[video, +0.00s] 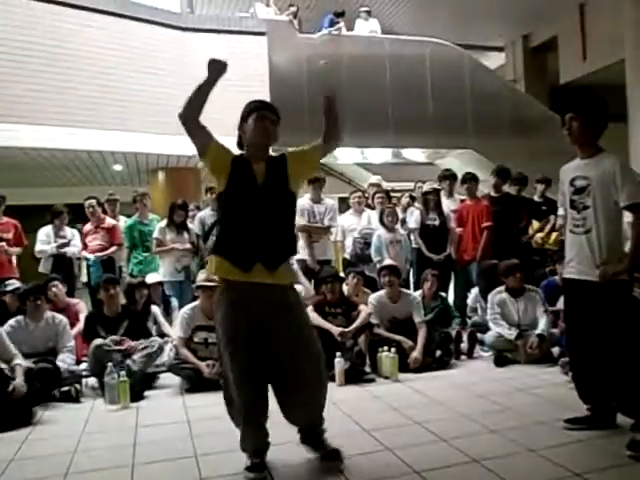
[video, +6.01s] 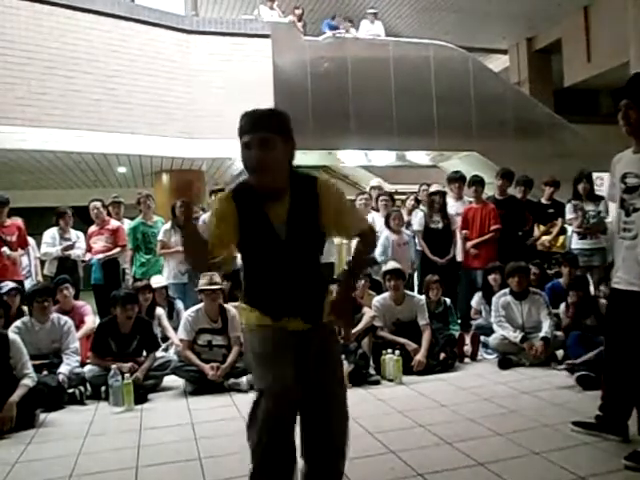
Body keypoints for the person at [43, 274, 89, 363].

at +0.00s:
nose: (53, 290)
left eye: (55, 286)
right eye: (49, 289)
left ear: (64, 287)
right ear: (47, 294)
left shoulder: (77, 304)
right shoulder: (48, 309)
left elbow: (82, 322)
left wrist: (70, 335)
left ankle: (83, 357)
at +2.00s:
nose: (60, 289)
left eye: (62, 285)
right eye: (56, 287)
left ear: (69, 289)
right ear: (51, 293)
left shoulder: (80, 305)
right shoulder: (49, 309)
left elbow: (83, 322)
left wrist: (71, 335)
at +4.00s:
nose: (62, 292)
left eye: (65, 287)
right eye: (58, 290)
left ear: (70, 290)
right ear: (53, 295)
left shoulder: (81, 306)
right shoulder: (51, 311)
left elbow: (88, 324)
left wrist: (72, 337)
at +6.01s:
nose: (65, 293)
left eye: (67, 288)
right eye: (60, 291)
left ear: (73, 291)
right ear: (56, 296)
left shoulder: (83, 307)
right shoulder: (53, 312)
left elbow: (90, 325)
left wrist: (74, 338)